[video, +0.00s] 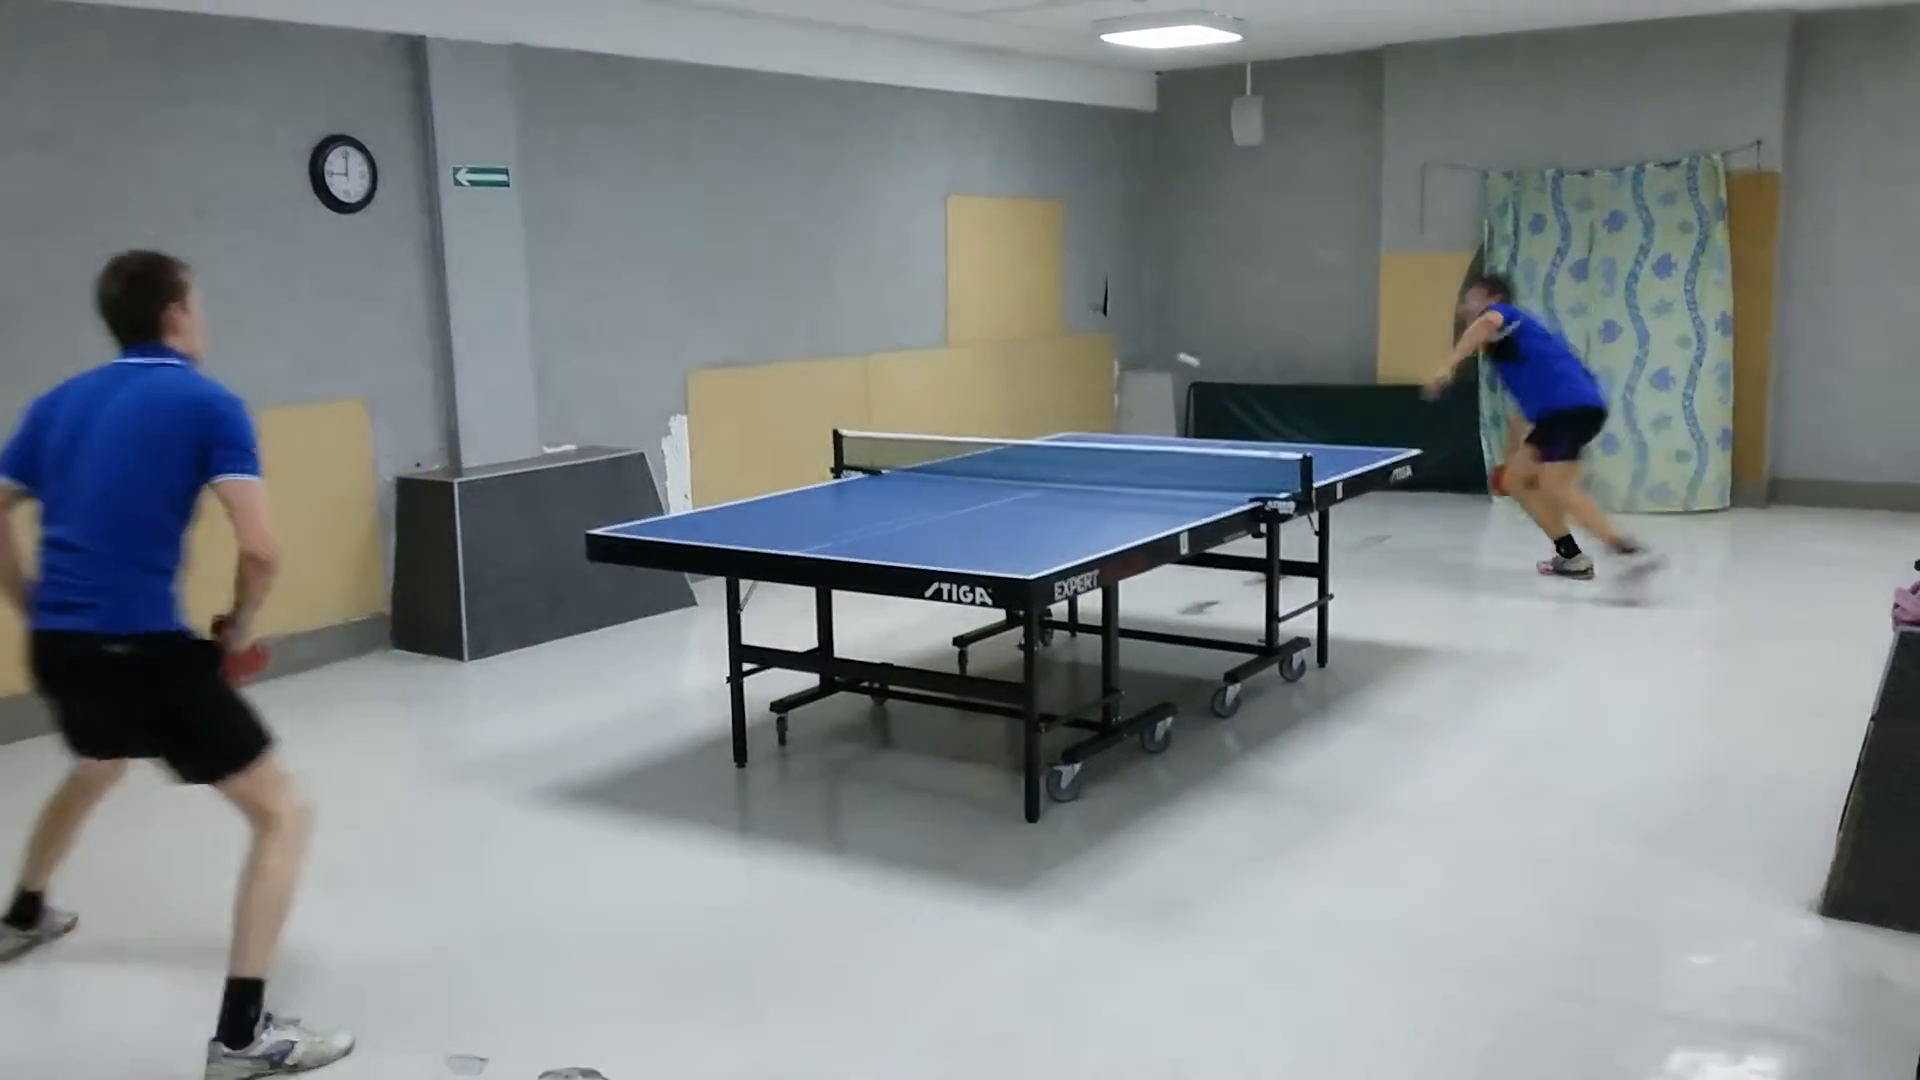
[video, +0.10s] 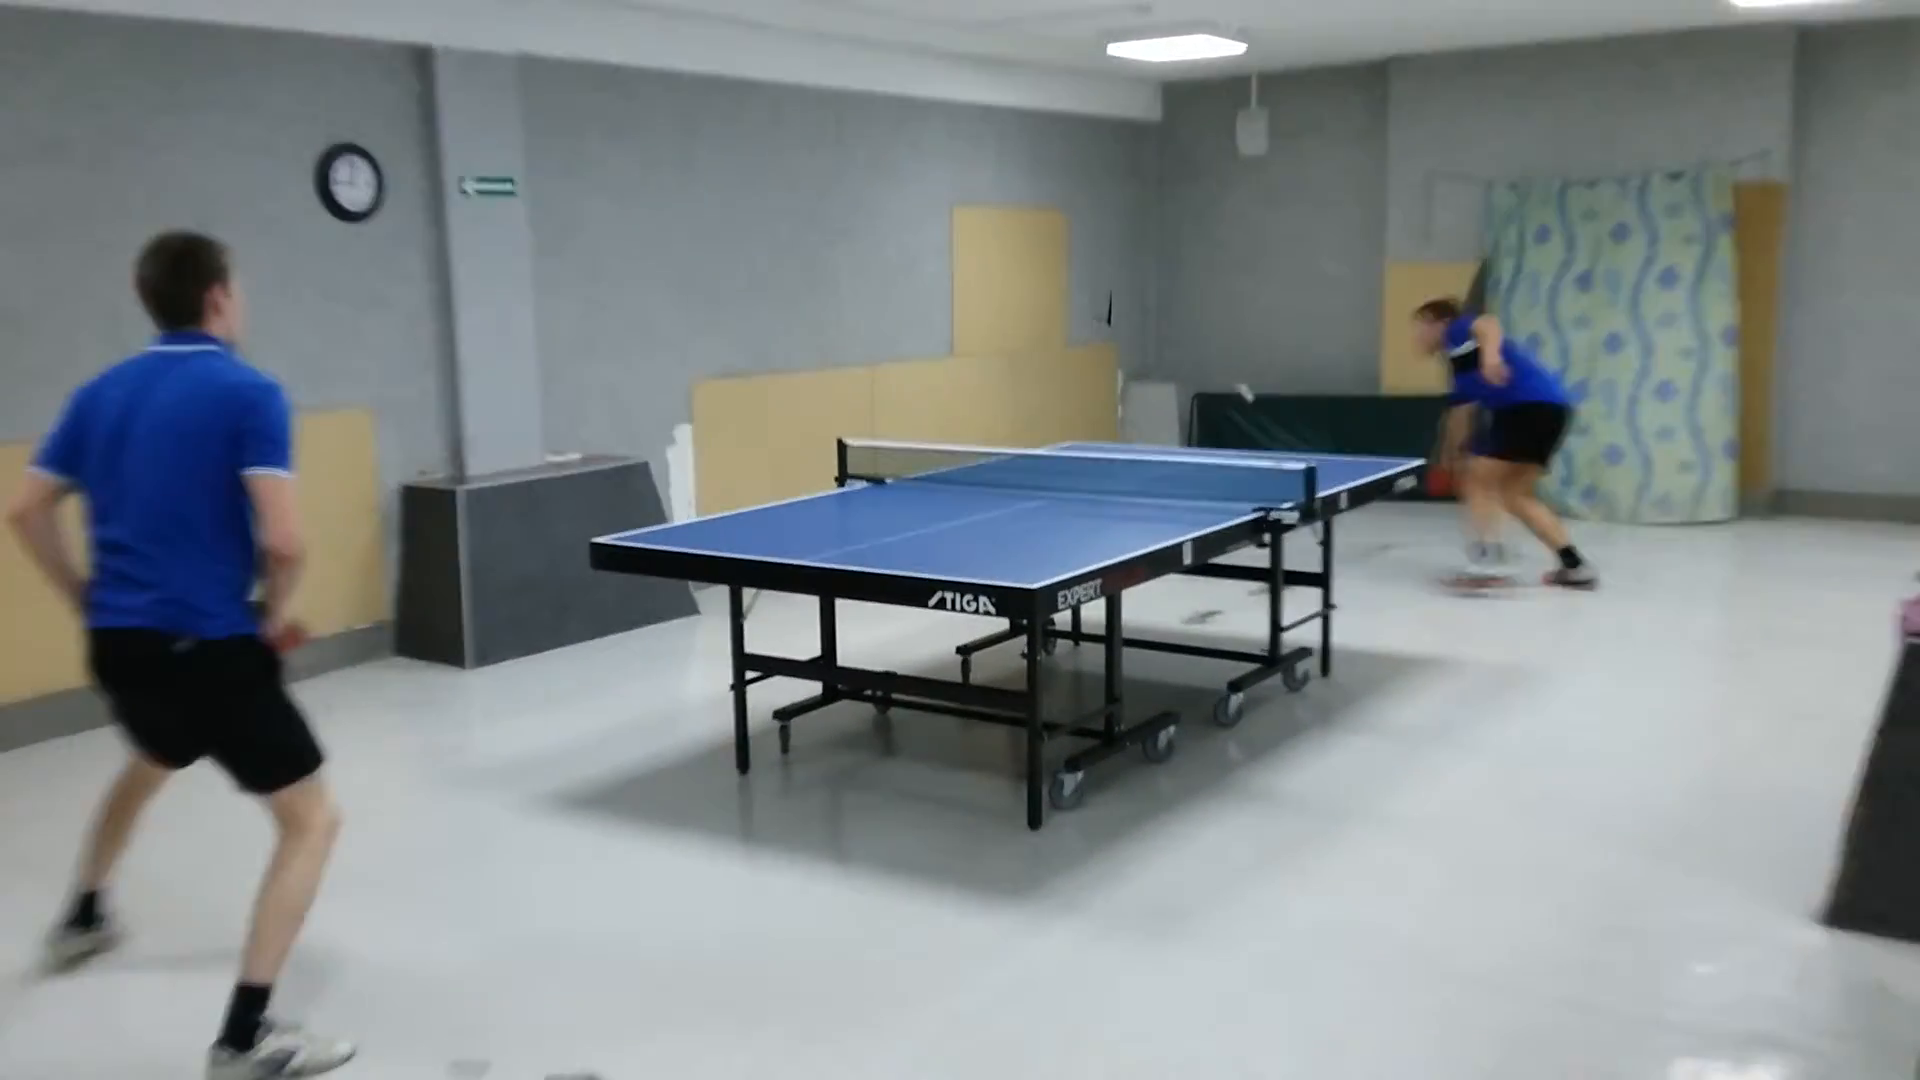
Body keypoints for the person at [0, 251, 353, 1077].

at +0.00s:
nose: (201, 319)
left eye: (194, 304)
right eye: (194, 305)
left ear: (119, 323)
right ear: (174, 317)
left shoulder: (62, 400)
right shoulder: (205, 400)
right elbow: (258, 550)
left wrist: (31, 599)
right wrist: (237, 631)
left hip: (58, 642)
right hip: (146, 649)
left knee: (98, 763)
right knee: (281, 812)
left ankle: (23, 910)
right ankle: (242, 1029)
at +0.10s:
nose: (241, 302)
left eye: (235, 288)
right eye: (235, 290)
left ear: (152, 306)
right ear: (218, 300)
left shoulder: (105, 391)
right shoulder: (248, 391)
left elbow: (27, 509)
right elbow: (281, 542)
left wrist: (82, 594)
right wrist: (277, 611)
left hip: (119, 643)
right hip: (214, 649)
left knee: (153, 756)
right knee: (311, 818)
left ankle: (80, 913)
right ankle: (244, 1030)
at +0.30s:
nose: (299, 253)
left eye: (293, 239)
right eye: (295, 241)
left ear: (211, 256)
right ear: (279, 252)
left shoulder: (154, 341)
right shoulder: (311, 351)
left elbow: (92, 464)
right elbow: (337, 510)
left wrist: (148, 549)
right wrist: (352, 584)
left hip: (171, 599)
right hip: (263, 602)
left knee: (221, 744)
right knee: (366, 780)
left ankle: (210, 913)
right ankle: (312, 992)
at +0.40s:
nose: (339, 282)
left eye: (331, 268)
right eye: (334, 268)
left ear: (256, 283)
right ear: (319, 276)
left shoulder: (195, 363)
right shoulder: (343, 380)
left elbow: (132, 481)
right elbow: (375, 540)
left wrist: (193, 553)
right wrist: (403, 599)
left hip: (191, 621)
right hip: (279, 630)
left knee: (249, 752)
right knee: (393, 801)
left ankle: (210, 918)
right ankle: (402, 1026)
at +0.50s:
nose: (373, 318)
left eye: (367, 304)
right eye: (368, 305)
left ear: (290, 317)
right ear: (350, 314)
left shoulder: (234, 392)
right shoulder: (359, 415)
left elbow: (169, 505)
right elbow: (382, 573)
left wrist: (244, 552)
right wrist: (447, 598)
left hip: (200, 641)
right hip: (285, 650)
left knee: (281, 756)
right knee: (420, 806)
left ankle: (208, 921)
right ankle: (403, 1029)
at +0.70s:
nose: (410, 315)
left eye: (405, 301)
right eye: (406, 303)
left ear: (332, 313)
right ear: (387, 314)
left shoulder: (294, 378)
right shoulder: (357, 418)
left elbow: (302, 477)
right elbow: (357, 578)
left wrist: (401, 494)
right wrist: (479, 610)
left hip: (231, 626)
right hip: (288, 642)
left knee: (296, 762)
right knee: (437, 783)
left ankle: (210, 920)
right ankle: (417, 1011)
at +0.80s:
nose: (436, 315)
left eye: (432, 301)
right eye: (432, 302)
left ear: (362, 314)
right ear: (411, 314)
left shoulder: (342, 383)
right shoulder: (355, 422)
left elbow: (371, 473)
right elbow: (354, 588)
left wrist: (465, 480)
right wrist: (474, 634)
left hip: (275, 626)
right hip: (308, 647)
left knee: (331, 761)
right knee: (451, 793)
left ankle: (219, 910)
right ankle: (418, 1016)